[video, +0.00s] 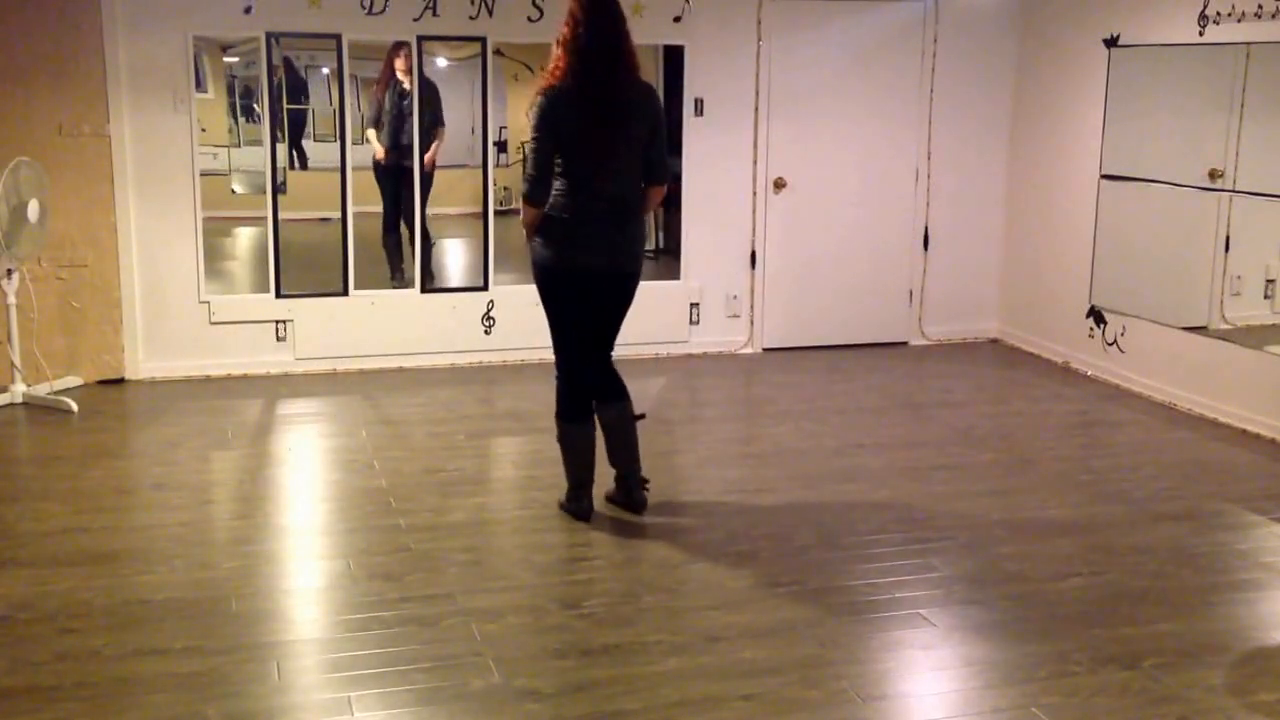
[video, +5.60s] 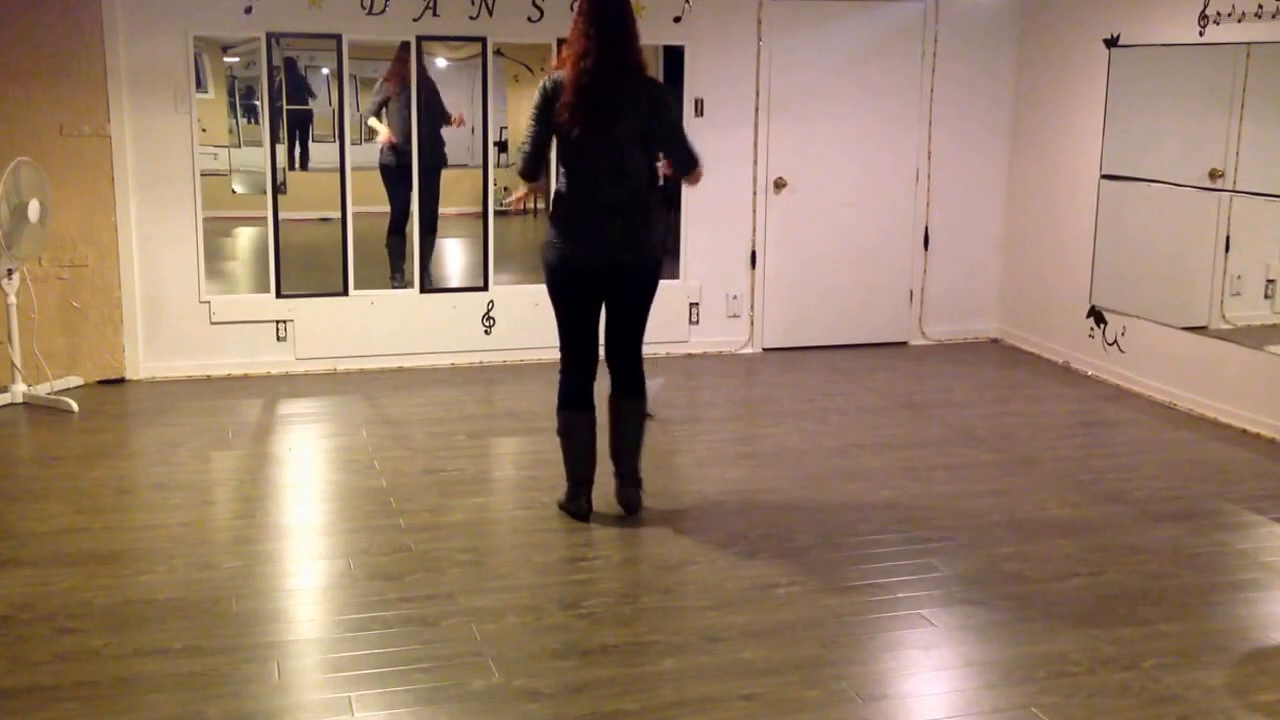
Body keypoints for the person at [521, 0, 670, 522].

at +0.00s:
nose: (558, 36)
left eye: (564, 28)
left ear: (568, 39)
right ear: (621, 38)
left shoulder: (555, 98)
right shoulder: (643, 96)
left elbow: (538, 185)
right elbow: (659, 180)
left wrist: (530, 224)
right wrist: (632, 219)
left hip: (562, 249)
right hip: (622, 251)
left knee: (572, 364)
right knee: (599, 358)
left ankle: (579, 493)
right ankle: (631, 481)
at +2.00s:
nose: (562, 38)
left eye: (566, 30)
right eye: (565, 28)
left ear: (576, 36)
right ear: (623, 34)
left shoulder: (562, 96)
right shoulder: (652, 96)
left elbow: (542, 176)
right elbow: (668, 176)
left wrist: (530, 224)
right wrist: (644, 225)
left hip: (561, 250)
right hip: (624, 251)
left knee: (572, 367)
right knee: (613, 360)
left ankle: (578, 492)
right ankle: (631, 482)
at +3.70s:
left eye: (574, 24)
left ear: (572, 34)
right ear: (624, 35)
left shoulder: (552, 94)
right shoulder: (644, 94)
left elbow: (528, 170)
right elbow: (672, 175)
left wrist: (558, 146)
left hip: (581, 254)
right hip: (645, 254)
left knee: (583, 363)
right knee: (638, 362)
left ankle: (579, 493)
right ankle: (632, 487)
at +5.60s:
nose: (572, 34)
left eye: (576, 26)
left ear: (578, 34)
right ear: (630, 35)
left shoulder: (555, 90)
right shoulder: (651, 93)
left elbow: (532, 168)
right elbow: (688, 167)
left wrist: (533, 187)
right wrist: (666, 165)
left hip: (572, 252)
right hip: (636, 254)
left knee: (576, 365)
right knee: (627, 359)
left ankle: (578, 493)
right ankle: (628, 485)